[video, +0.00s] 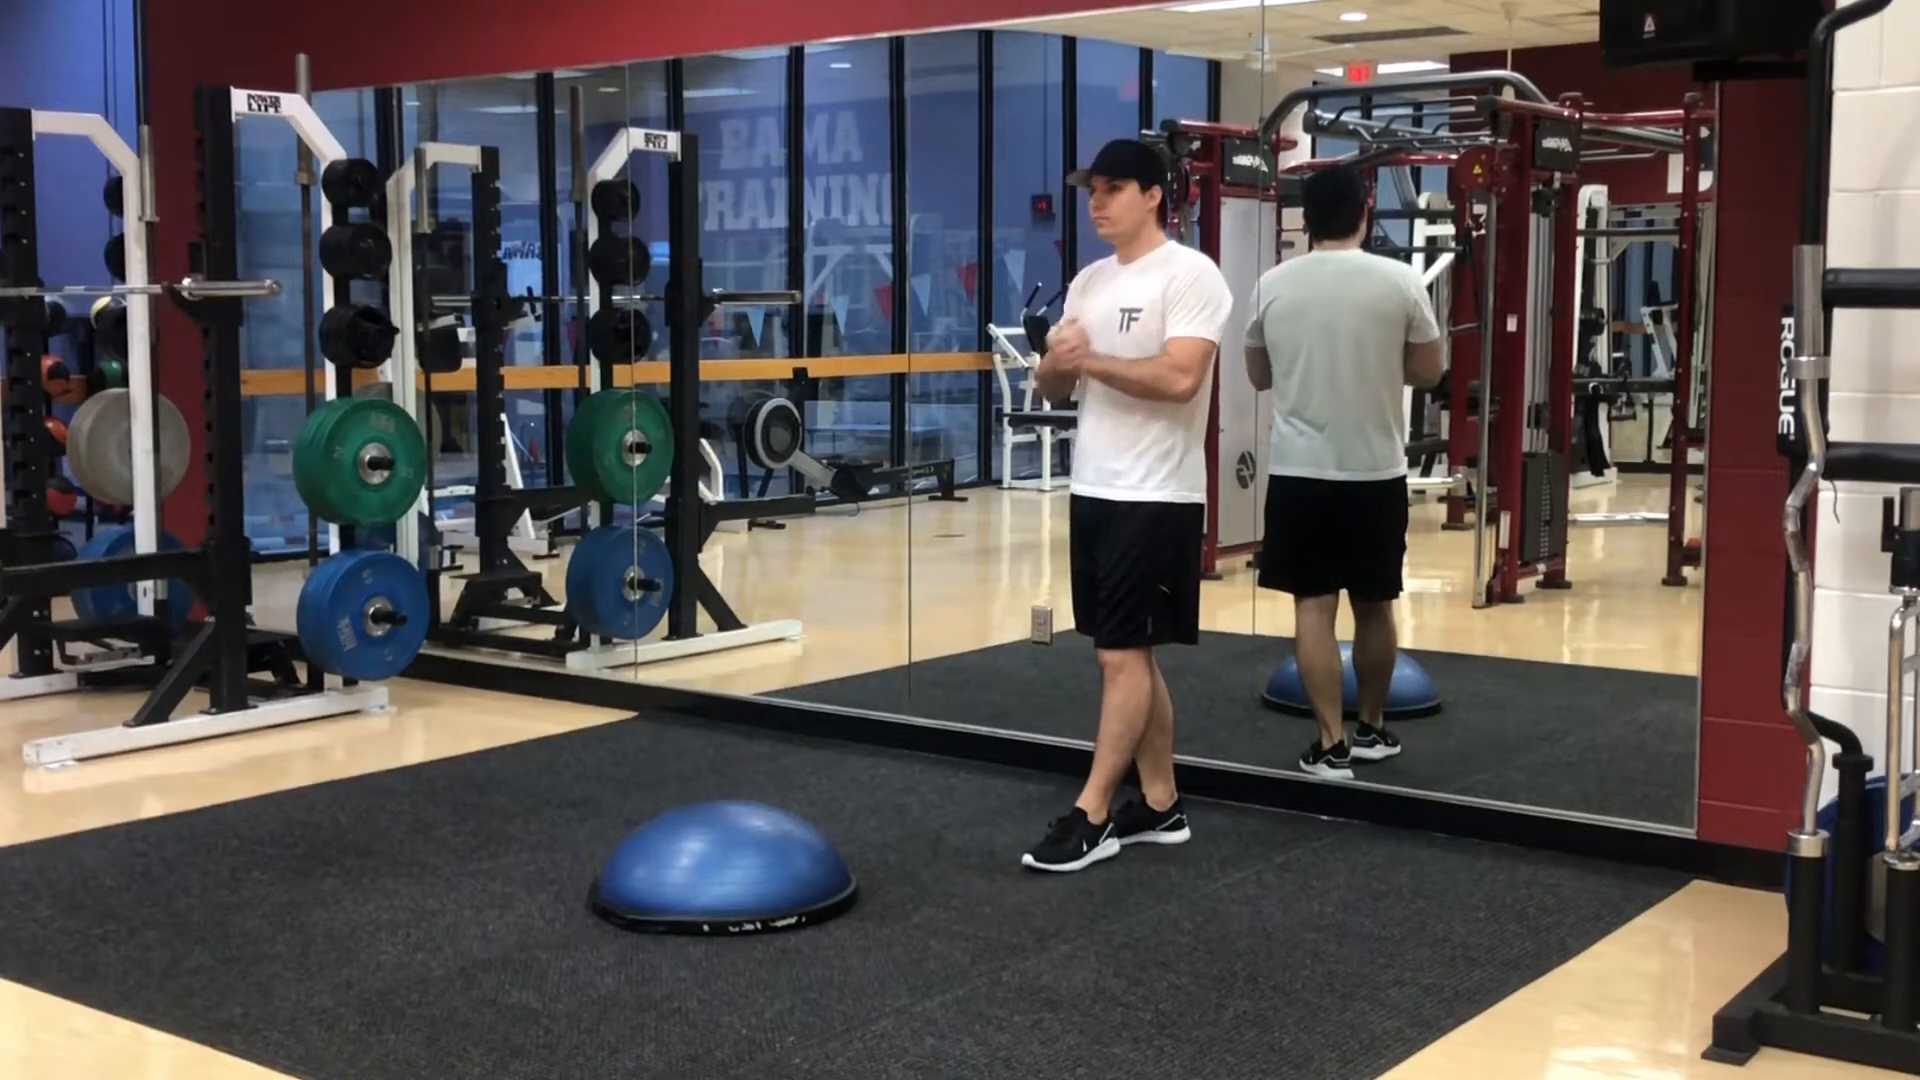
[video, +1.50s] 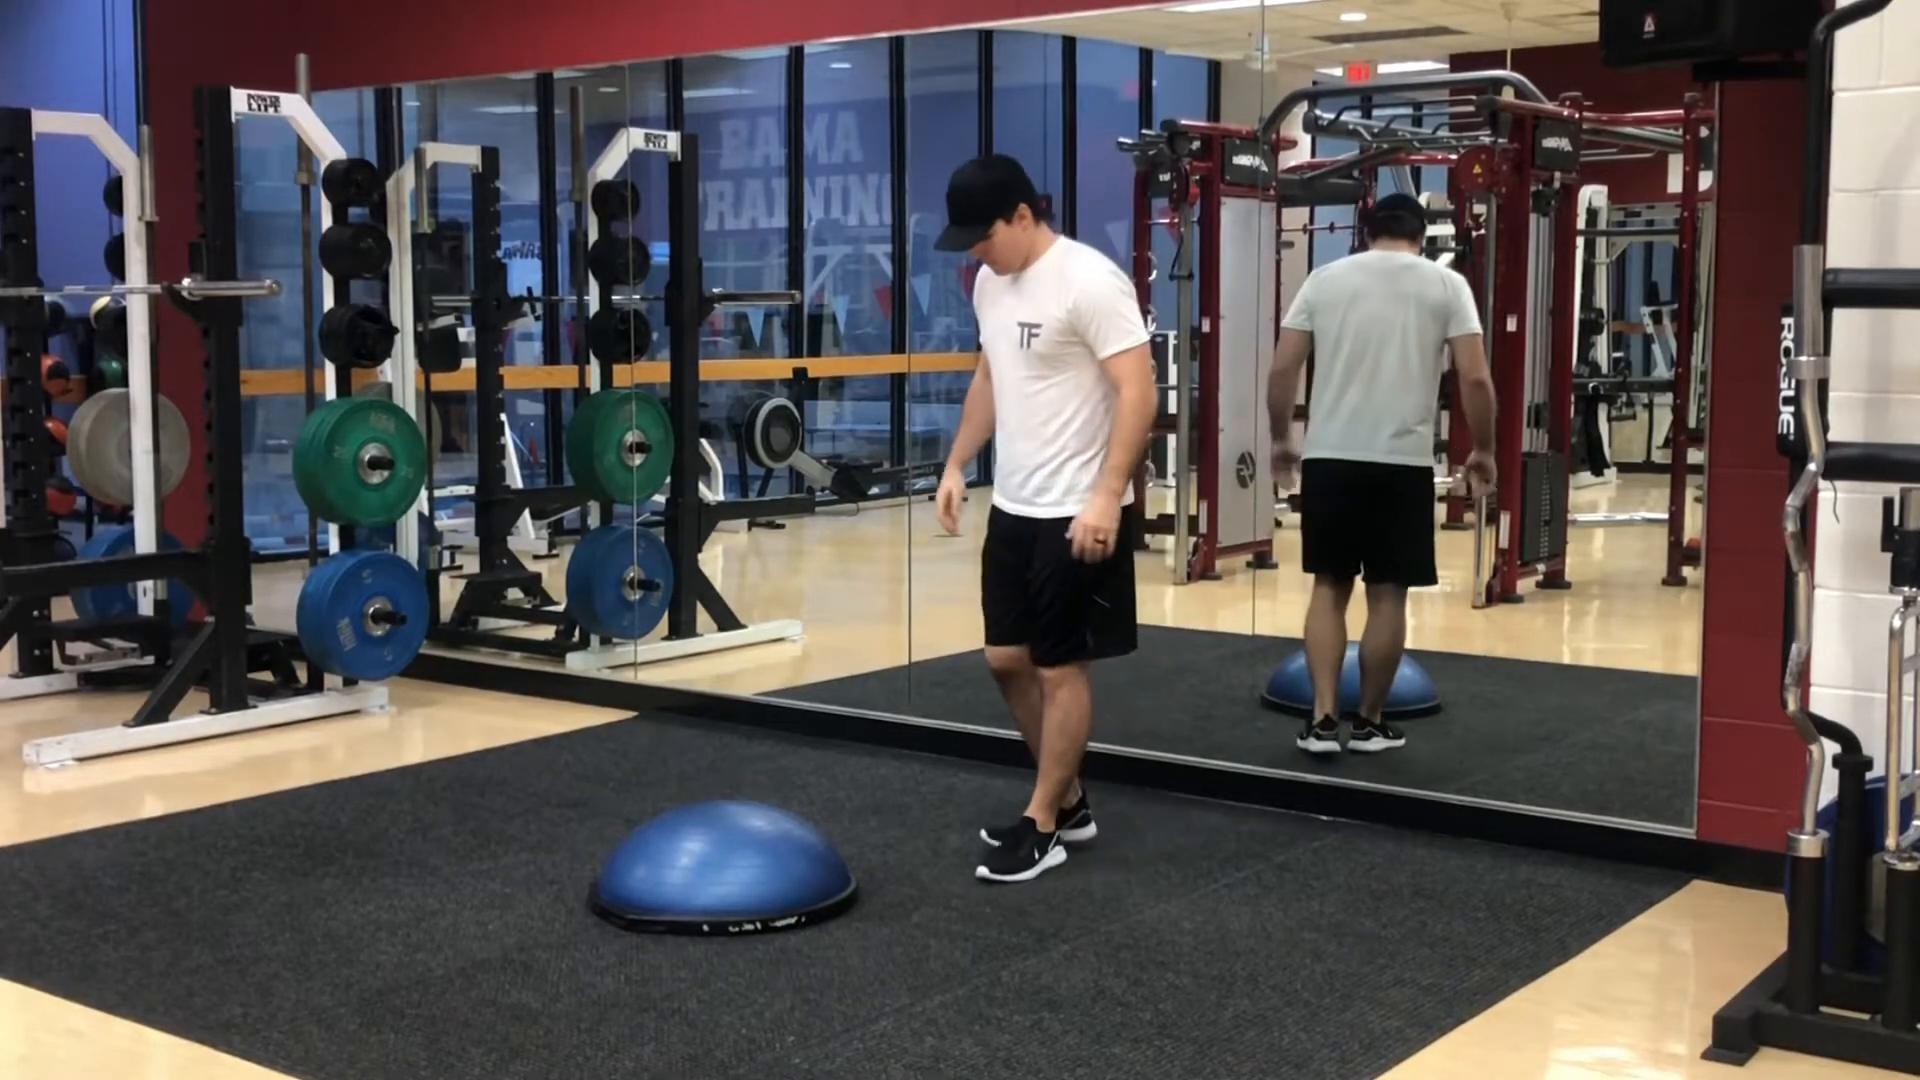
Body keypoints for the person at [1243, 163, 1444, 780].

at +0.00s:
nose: (1370, 215)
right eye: (1369, 207)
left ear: (1306, 217)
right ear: (1366, 213)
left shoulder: (1274, 285)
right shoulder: (1400, 281)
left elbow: (1260, 374)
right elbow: (1427, 370)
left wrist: (1315, 347)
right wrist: (1371, 353)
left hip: (1299, 474)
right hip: (1376, 474)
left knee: (1314, 606)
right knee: (1374, 604)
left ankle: (1331, 744)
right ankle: (1370, 727)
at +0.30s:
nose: (1370, 224)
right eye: (1370, 215)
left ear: (1311, 222)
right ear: (1368, 218)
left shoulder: (1274, 287)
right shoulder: (1401, 283)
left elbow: (1258, 387)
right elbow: (1429, 381)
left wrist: (1289, 431)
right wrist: (1428, 443)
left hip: (1300, 472)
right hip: (1377, 473)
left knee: (1314, 606)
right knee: (1375, 604)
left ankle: (1331, 744)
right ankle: (1370, 728)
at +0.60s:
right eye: (1368, 231)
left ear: (1317, 229)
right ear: (1374, 229)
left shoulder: (1278, 286)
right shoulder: (1405, 281)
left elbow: (1234, 377)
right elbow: (1441, 371)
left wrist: (1198, 436)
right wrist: (1477, 449)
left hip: (1305, 474)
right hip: (1382, 476)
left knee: (1316, 608)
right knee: (1377, 596)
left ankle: (1331, 744)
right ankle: (1369, 722)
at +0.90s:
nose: (1380, 246)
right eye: (1386, 236)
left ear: (1333, 236)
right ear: (1387, 235)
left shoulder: (1290, 288)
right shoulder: (1413, 286)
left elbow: (1258, 379)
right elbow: (1443, 382)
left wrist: (1241, 454)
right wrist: (1460, 460)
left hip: (1309, 477)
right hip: (1386, 477)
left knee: (1320, 606)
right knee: (1377, 600)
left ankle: (1332, 744)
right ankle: (1369, 720)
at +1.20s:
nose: (1402, 246)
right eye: (1407, 237)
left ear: (1354, 236)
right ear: (1408, 237)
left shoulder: (1312, 283)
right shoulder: (1432, 284)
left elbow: (1274, 375)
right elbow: (1464, 380)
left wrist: (1302, 427)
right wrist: (1465, 443)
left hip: (1323, 470)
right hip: (1399, 473)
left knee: (1322, 594)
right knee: (1386, 598)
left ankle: (1326, 715)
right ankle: (1369, 722)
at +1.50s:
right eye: (1417, 237)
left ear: (1366, 234)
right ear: (1420, 238)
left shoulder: (1324, 279)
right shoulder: (1446, 284)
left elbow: (1282, 370)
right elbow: (1475, 380)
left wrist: (1280, 437)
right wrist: (1483, 449)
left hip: (1329, 462)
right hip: (1403, 469)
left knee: (1329, 586)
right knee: (1388, 595)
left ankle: (1323, 719)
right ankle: (1369, 722)